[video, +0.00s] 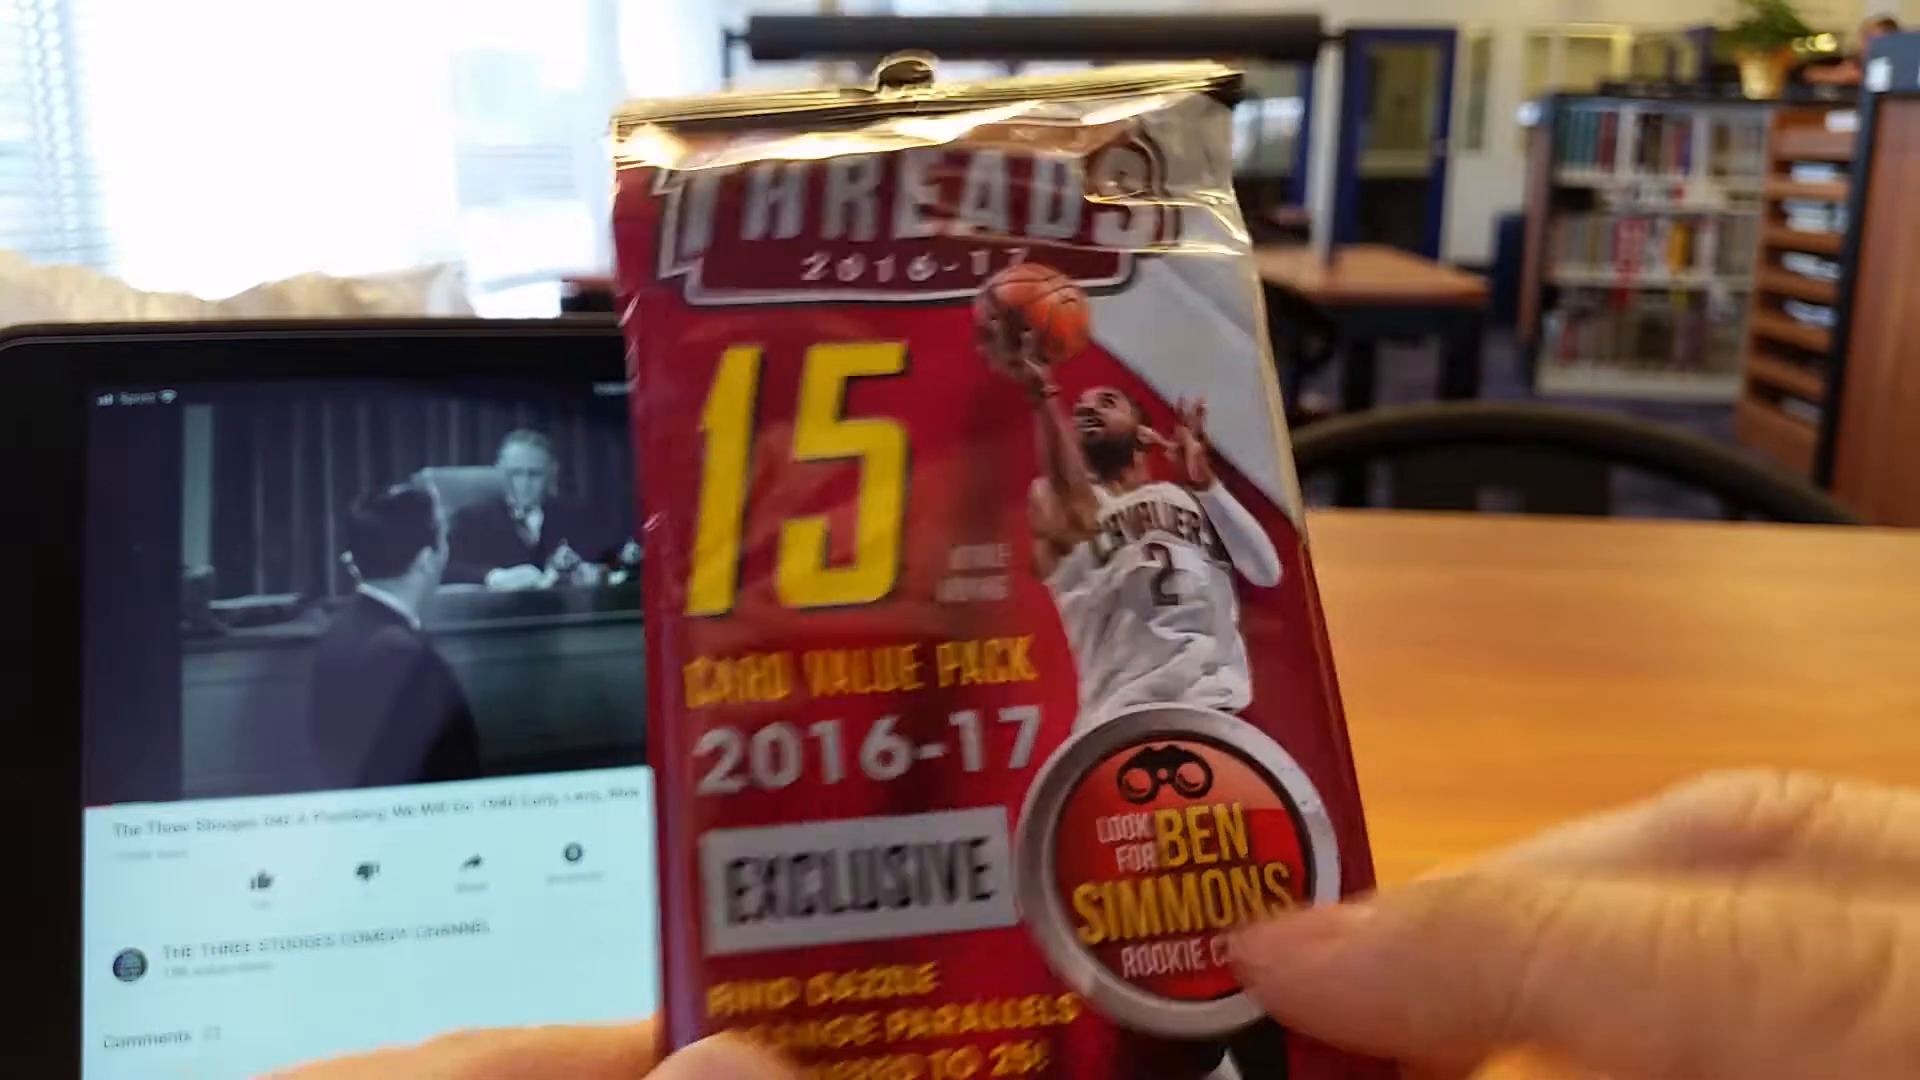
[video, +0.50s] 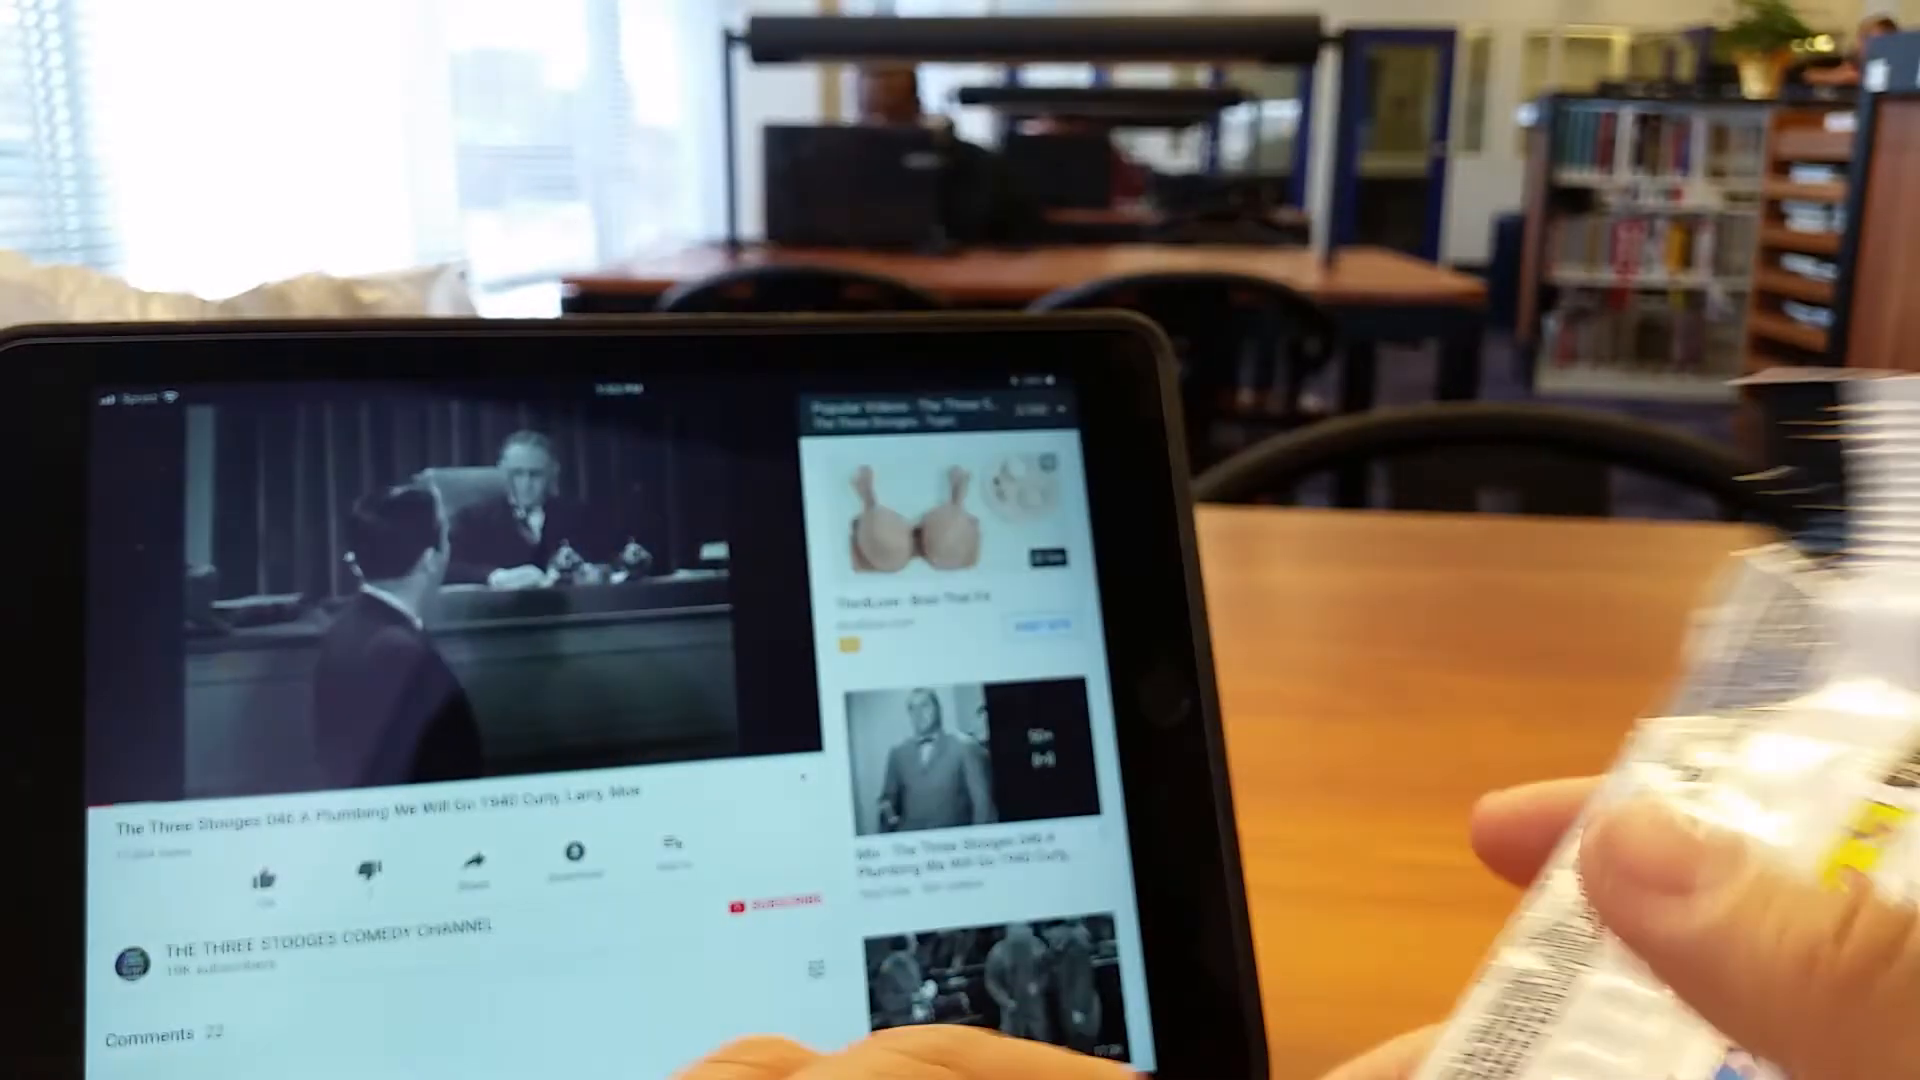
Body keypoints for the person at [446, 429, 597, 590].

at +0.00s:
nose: (524, 484)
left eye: (533, 474)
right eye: (515, 474)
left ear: (551, 474)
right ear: (500, 474)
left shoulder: (572, 519)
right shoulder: (474, 521)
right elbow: (450, 571)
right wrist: (492, 577)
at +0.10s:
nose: (524, 484)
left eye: (534, 475)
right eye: (516, 474)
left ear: (552, 474)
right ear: (502, 475)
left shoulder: (573, 519)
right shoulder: (474, 522)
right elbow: (451, 572)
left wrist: (582, 573)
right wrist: (492, 577)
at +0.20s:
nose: (523, 485)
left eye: (533, 475)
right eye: (514, 474)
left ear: (551, 474)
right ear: (500, 474)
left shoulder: (575, 520)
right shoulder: (475, 522)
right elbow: (450, 570)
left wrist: (595, 573)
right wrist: (491, 577)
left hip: (569, 630)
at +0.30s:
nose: (523, 484)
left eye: (533, 474)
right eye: (514, 474)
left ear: (551, 475)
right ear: (500, 474)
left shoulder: (575, 518)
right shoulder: (475, 522)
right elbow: (451, 570)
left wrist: (590, 574)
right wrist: (493, 577)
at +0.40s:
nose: (523, 484)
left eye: (533, 474)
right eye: (514, 474)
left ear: (551, 475)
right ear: (500, 475)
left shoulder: (576, 518)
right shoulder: (474, 523)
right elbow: (450, 570)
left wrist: (593, 573)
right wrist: (491, 576)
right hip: (499, 638)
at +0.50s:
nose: (524, 484)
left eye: (534, 475)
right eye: (516, 474)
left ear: (552, 476)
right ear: (503, 474)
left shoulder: (577, 518)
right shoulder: (476, 521)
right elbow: (451, 569)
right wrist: (493, 577)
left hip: (570, 628)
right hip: (501, 633)